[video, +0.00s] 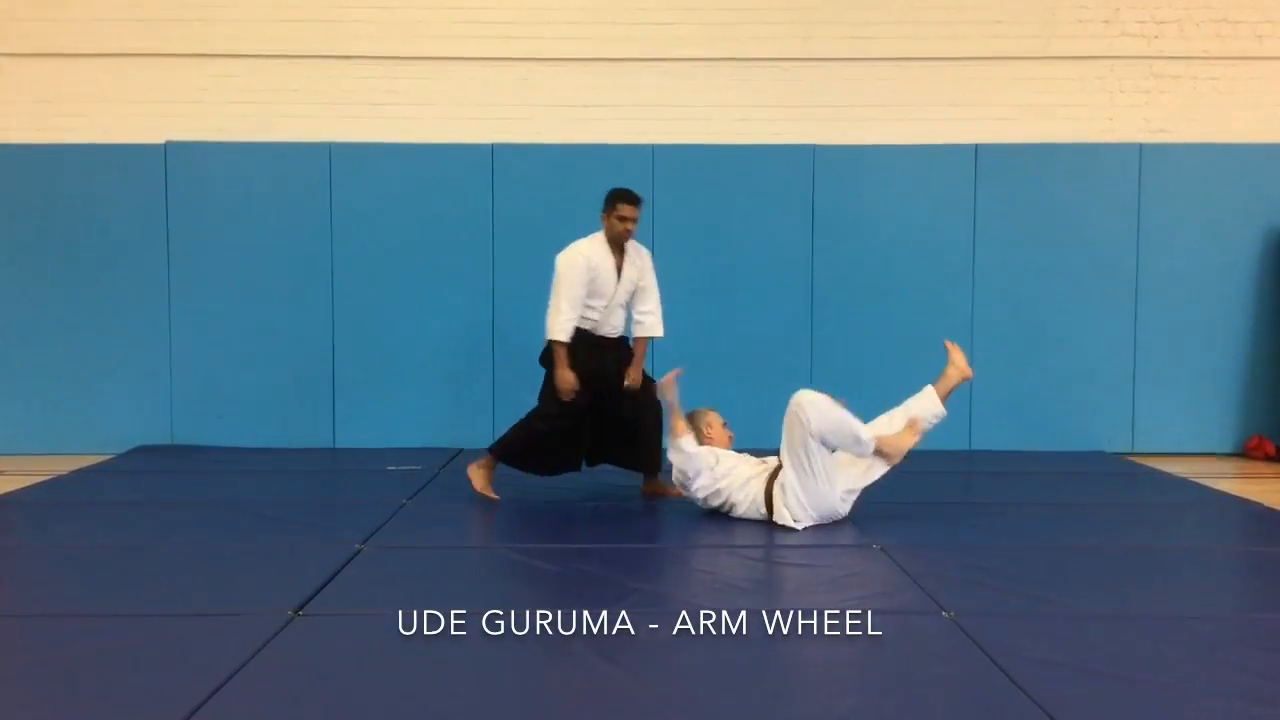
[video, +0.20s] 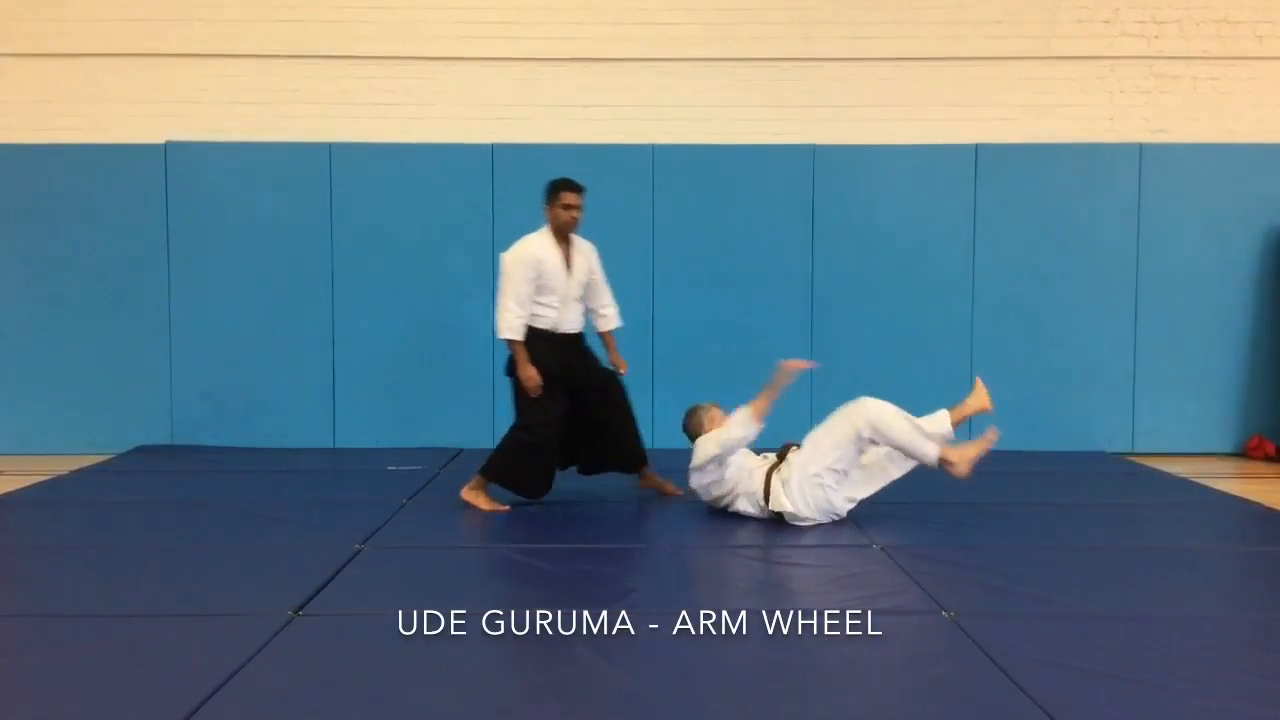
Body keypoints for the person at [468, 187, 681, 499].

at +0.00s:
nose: (629, 227)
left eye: (634, 221)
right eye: (623, 220)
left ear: (638, 222)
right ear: (605, 218)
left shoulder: (640, 257)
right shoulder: (577, 255)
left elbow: (645, 312)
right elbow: (560, 312)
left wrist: (637, 362)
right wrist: (561, 365)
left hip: (613, 350)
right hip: (575, 346)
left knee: (647, 400)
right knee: (552, 415)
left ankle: (652, 482)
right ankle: (485, 465)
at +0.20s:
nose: (574, 215)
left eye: (578, 209)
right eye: (567, 208)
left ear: (582, 212)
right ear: (548, 209)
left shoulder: (586, 251)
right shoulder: (523, 253)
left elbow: (600, 304)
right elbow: (511, 312)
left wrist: (613, 351)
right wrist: (522, 362)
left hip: (573, 347)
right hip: (536, 346)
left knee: (612, 395)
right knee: (537, 421)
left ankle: (645, 475)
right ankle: (476, 486)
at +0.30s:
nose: (552, 207)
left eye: (555, 201)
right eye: (544, 201)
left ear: (558, 204)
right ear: (525, 203)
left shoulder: (561, 246)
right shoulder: (500, 248)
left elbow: (574, 301)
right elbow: (488, 309)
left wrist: (590, 348)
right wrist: (501, 360)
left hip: (552, 341)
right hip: (514, 341)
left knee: (588, 399)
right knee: (518, 418)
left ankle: (610, 478)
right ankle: (475, 488)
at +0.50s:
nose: (527, 174)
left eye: (528, 168)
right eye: (519, 169)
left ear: (527, 173)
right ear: (498, 175)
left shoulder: (533, 217)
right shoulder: (475, 217)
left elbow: (543, 269)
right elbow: (453, 268)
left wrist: (570, 303)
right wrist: (487, 306)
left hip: (518, 316)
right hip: (481, 315)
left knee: (526, 389)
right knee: (482, 395)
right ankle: (472, 481)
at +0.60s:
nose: (516, 171)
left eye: (517, 166)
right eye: (508, 166)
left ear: (516, 172)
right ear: (486, 172)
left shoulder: (521, 217)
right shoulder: (463, 213)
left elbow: (542, 256)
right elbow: (449, 261)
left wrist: (570, 273)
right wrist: (494, 281)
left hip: (502, 317)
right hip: (468, 314)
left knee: (492, 397)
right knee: (464, 395)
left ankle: (461, 483)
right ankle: (437, 482)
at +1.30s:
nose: (434, 188)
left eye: (434, 181)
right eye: (428, 181)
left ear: (412, 185)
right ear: (404, 182)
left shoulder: (420, 228)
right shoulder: (382, 225)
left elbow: (450, 269)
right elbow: (404, 278)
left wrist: (489, 257)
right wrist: (434, 258)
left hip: (433, 326)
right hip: (401, 326)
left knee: (446, 404)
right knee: (378, 408)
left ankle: (449, 490)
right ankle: (348, 494)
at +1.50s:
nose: (428, 188)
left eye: (427, 181)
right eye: (421, 181)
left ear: (406, 185)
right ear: (397, 184)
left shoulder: (416, 228)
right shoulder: (376, 226)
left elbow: (450, 267)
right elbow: (401, 277)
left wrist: (487, 252)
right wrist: (430, 254)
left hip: (432, 327)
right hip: (399, 327)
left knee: (445, 407)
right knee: (377, 411)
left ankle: (449, 491)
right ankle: (346, 497)